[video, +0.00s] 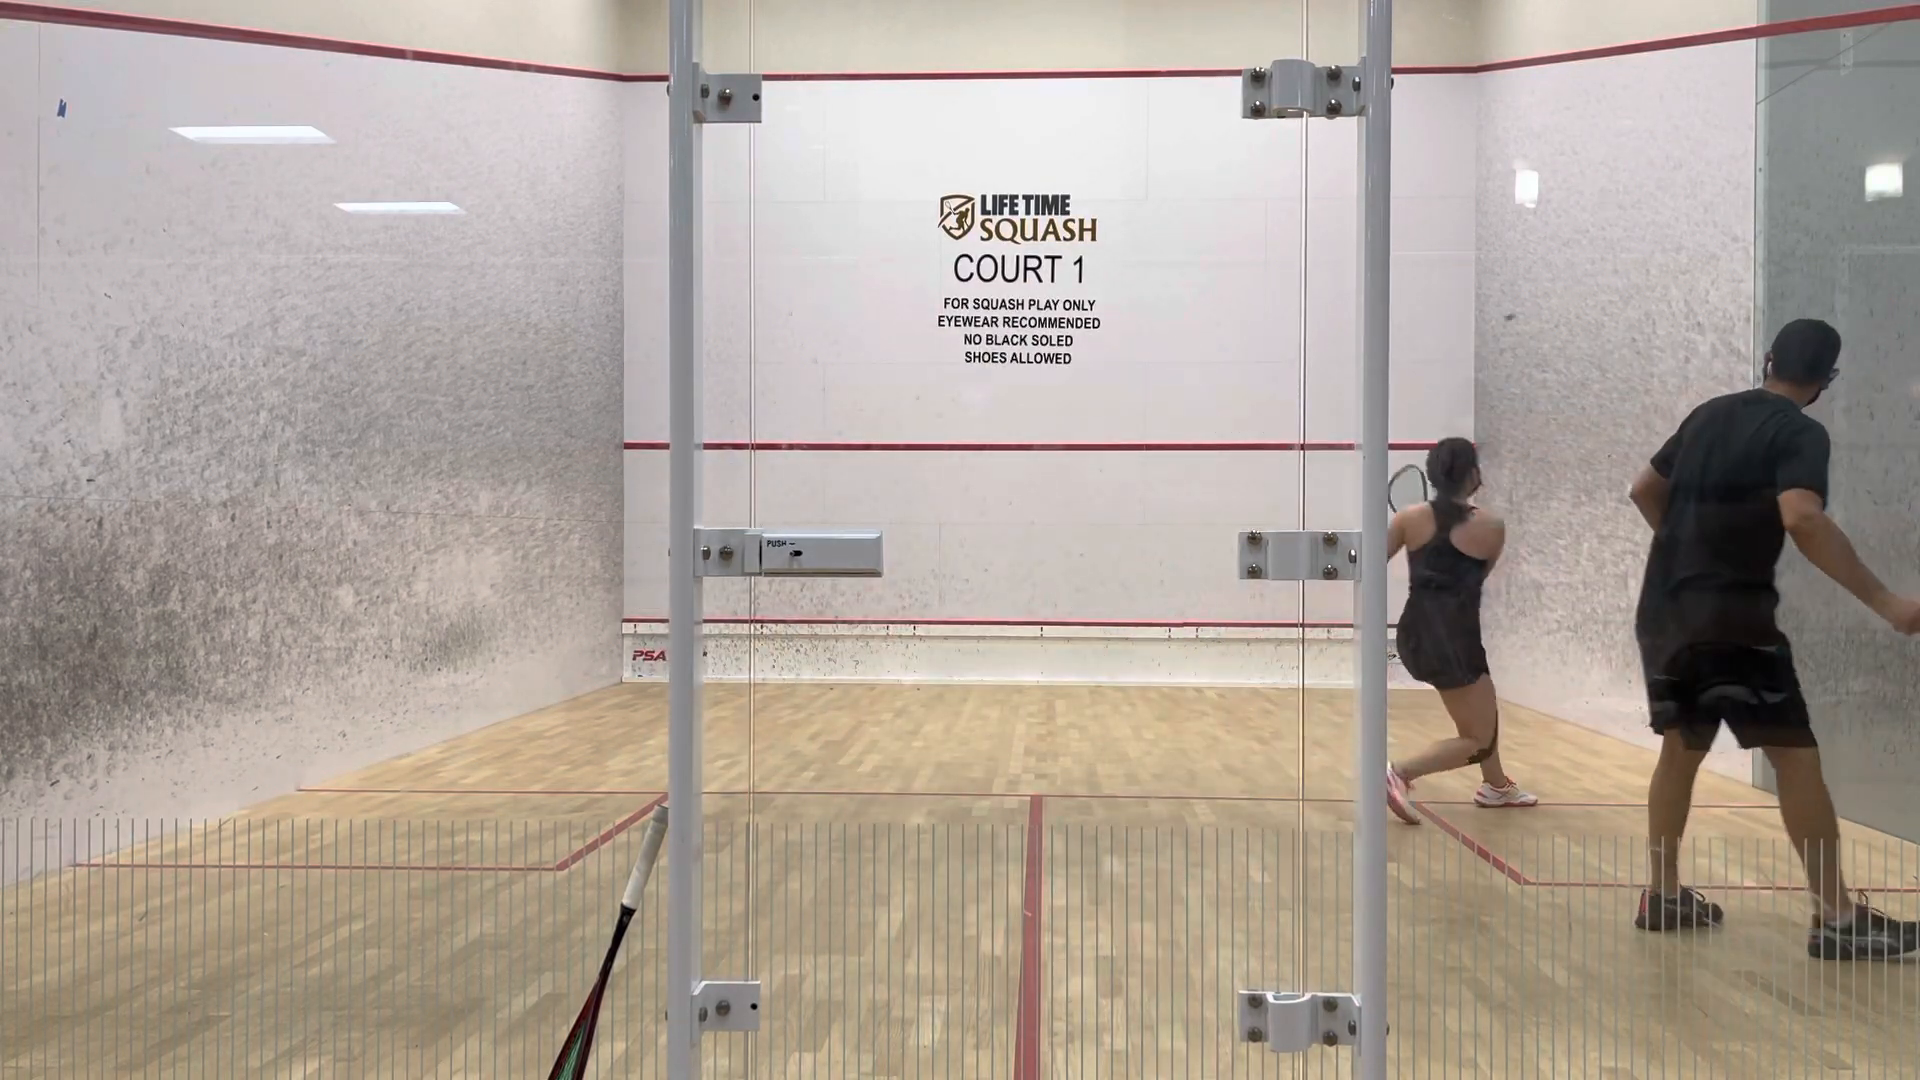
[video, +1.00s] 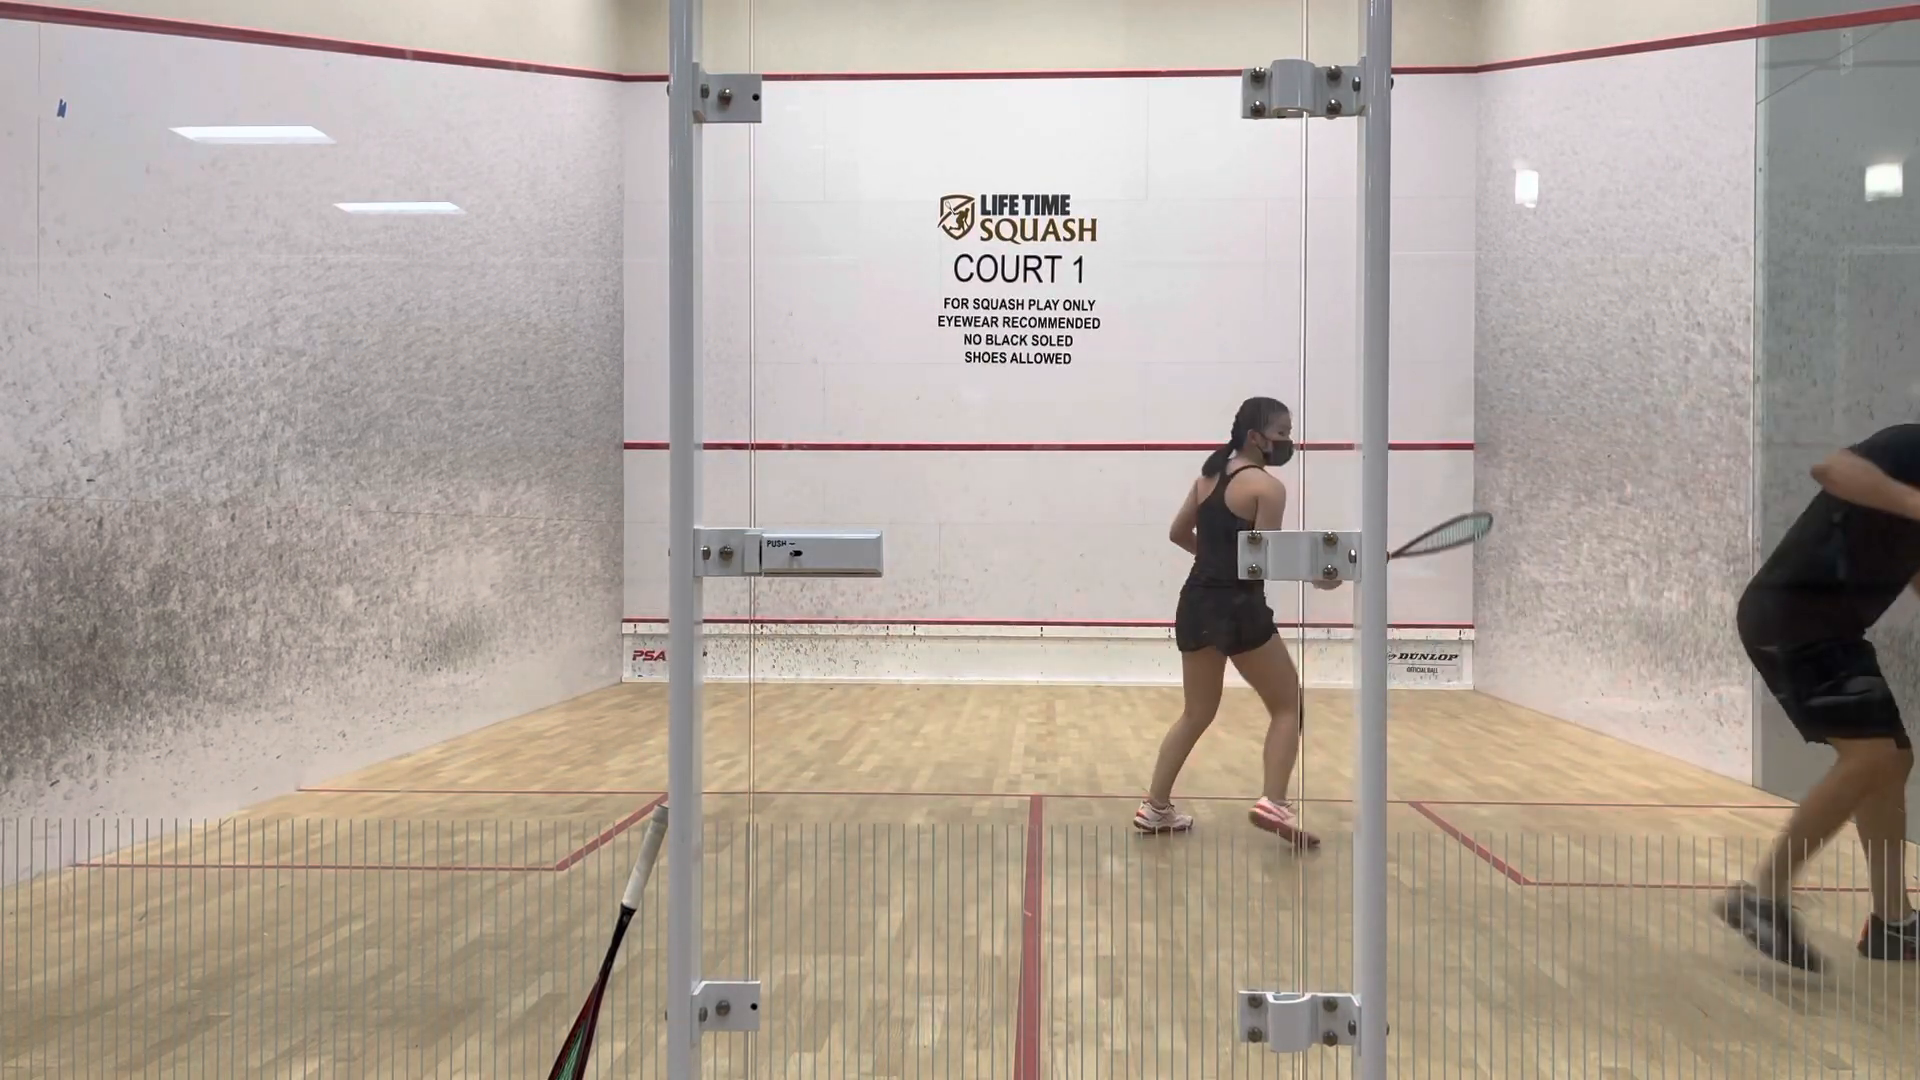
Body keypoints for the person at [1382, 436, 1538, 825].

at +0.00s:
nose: (1479, 473)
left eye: (1475, 467)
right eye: (1477, 468)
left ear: (1434, 474)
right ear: (1473, 476)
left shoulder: (1411, 520)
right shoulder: (1490, 527)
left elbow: (1370, 560)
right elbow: (1480, 572)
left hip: (1416, 636)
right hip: (1456, 641)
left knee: (1475, 700)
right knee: (1479, 742)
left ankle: (1496, 784)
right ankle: (1401, 773)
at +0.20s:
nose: (1435, 452)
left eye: (1433, 444)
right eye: (1432, 445)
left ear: (1386, 451)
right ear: (1420, 452)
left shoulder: (1360, 501)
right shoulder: (1440, 504)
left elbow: (1335, 552)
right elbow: (1467, 565)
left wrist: (1322, 590)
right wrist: (1460, 569)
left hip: (1375, 627)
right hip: (1417, 630)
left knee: (1431, 706)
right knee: (1426, 725)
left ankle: (1456, 778)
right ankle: (1374, 798)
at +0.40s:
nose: (1399, 436)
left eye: (1396, 428)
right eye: (1395, 430)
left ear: (1346, 433)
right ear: (1388, 437)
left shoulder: (1325, 483)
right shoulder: (1393, 487)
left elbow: (1296, 537)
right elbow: (1413, 555)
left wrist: (1327, 561)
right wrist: (1447, 572)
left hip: (1330, 605)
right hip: (1377, 606)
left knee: (1361, 689)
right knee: (1397, 707)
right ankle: (1372, 802)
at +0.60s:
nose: (1352, 441)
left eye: (1350, 433)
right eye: (1344, 434)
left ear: (1310, 442)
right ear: (1320, 440)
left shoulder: (1286, 489)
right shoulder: (1333, 493)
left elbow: (1263, 541)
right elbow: (1343, 559)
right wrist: (1391, 584)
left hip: (1278, 606)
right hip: (1321, 608)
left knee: (1265, 707)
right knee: (1363, 704)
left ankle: (1196, 772)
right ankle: (1370, 804)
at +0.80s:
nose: (1303, 453)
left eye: (1302, 445)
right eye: (1297, 446)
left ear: (1261, 452)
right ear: (1274, 452)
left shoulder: (1237, 492)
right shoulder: (1279, 503)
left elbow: (1229, 553)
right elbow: (1284, 575)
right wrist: (1330, 594)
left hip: (1215, 620)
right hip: (1254, 625)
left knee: (1211, 723)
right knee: (1314, 707)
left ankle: (1156, 808)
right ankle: (1350, 802)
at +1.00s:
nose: (1288, 439)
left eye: (1289, 432)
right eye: (1282, 432)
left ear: (1246, 437)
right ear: (1255, 435)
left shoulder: (1210, 474)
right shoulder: (1268, 487)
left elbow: (1179, 532)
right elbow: (1268, 557)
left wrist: (1215, 556)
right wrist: (1318, 575)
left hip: (1196, 605)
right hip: (1240, 610)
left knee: (1196, 713)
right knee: (1286, 705)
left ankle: (1155, 806)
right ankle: (1274, 801)